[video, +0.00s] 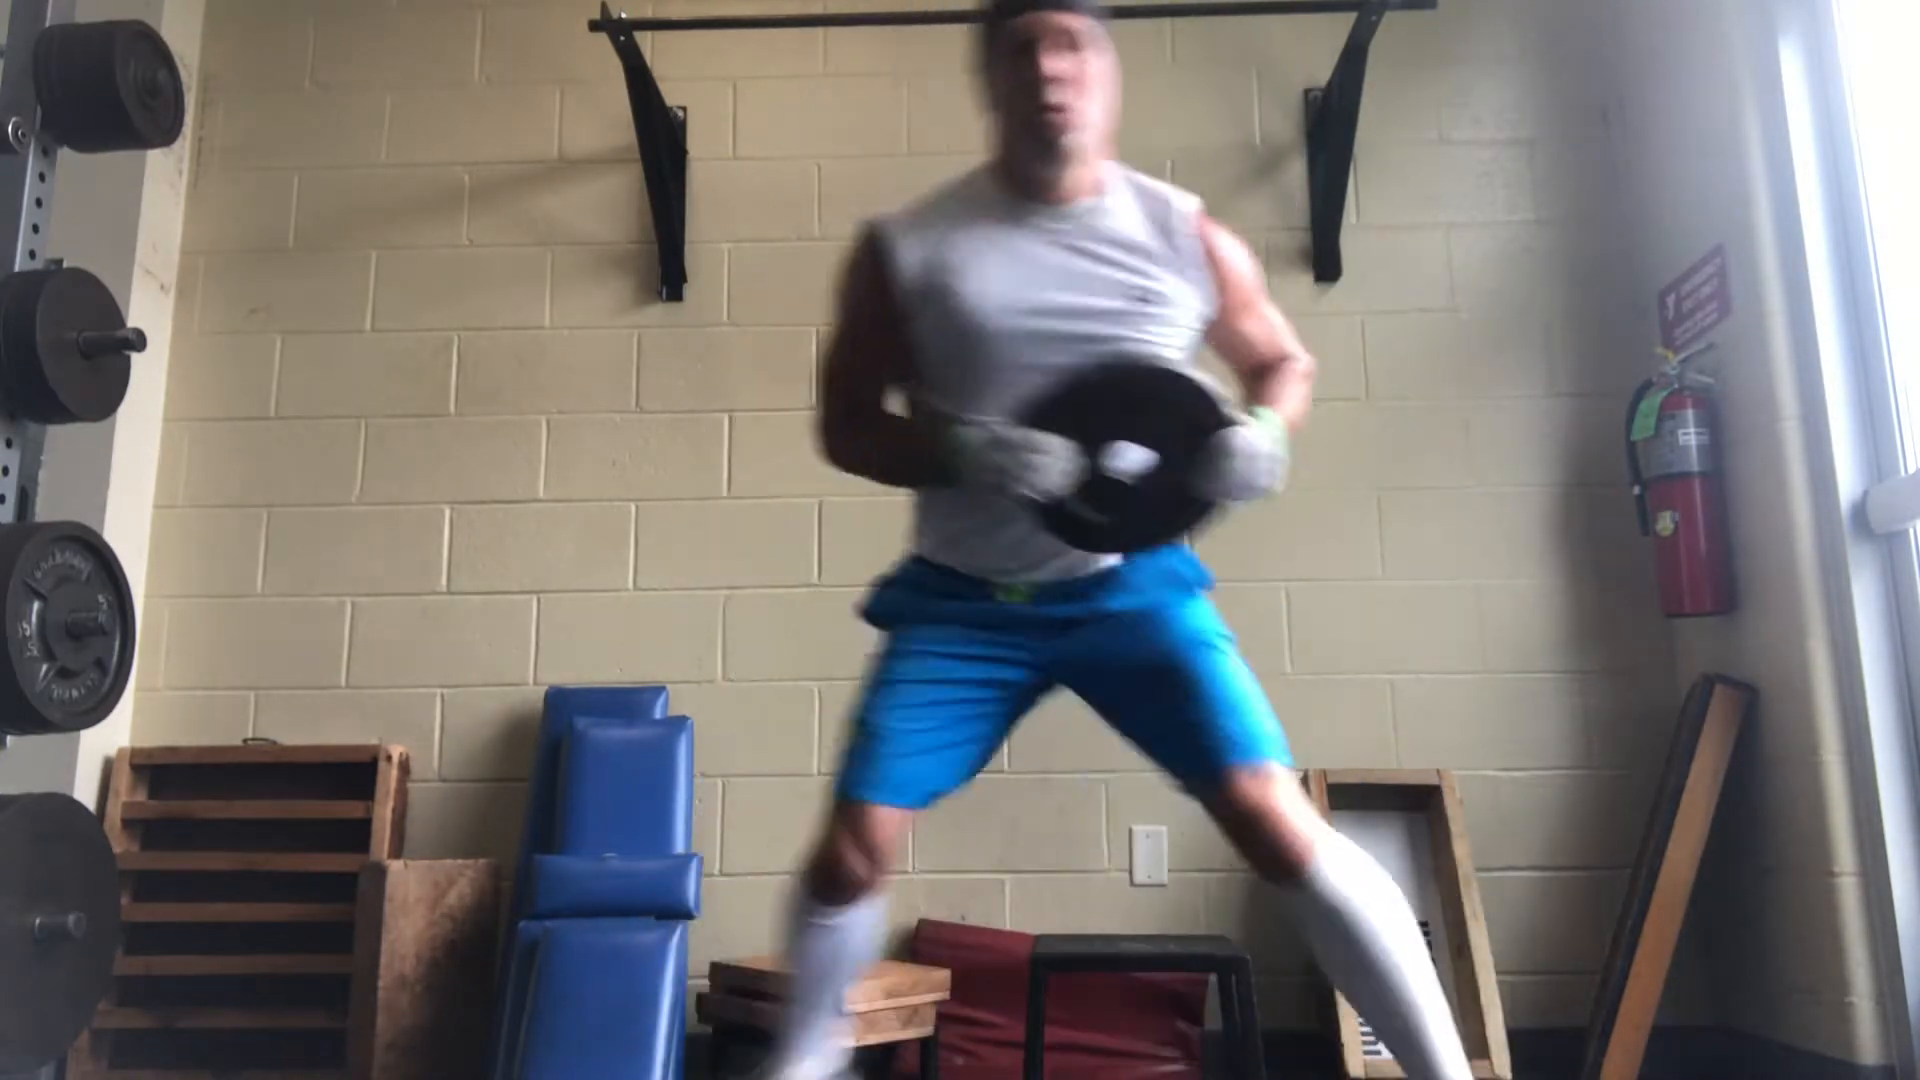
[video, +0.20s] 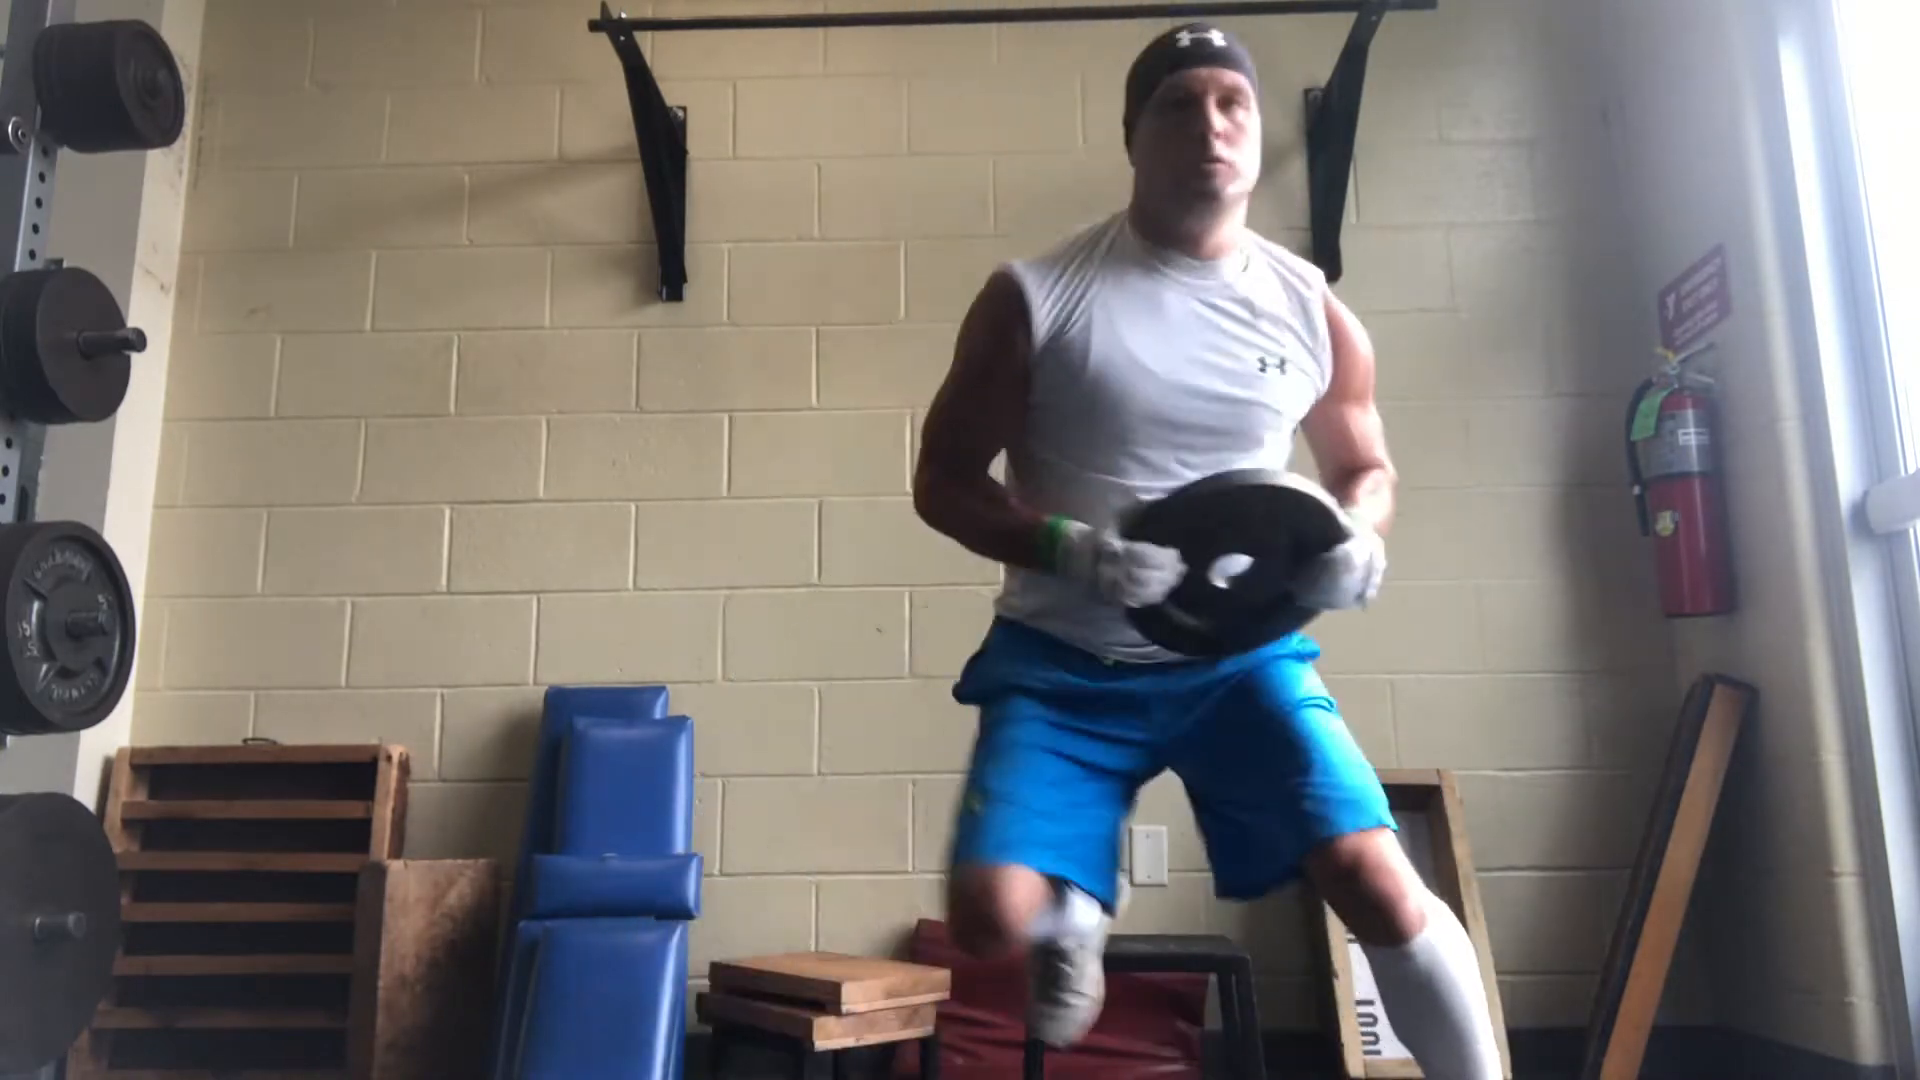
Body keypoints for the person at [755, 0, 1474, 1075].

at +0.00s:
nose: (1052, 71)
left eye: (1073, 46)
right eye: (1025, 50)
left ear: (1111, 74)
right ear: (989, 81)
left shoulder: (1187, 238)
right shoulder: (902, 250)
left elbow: (1285, 364)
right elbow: (846, 428)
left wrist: (1265, 433)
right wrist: (958, 453)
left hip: (1137, 594)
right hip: (962, 604)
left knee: (1274, 823)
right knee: (854, 846)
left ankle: (1448, 1070)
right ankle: (802, 1065)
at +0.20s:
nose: (1213, 121)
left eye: (1232, 103)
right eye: (1181, 104)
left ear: (1257, 143)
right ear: (1134, 139)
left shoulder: (1313, 315)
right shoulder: (1033, 302)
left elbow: (1364, 473)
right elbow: (942, 486)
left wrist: (1359, 543)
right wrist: (1066, 548)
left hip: (1247, 661)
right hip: (1063, 666)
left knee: (1375, 879)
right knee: (991, 913)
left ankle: (1480, 1073)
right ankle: (1077, 922)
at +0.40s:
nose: (1085, 61)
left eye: (1108, 40)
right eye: (1056, 42)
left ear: (1140, 74)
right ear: (1016, 68)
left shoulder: (1198, 230)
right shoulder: (918, 227)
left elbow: (1294, 416)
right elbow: (843, 361)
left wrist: (1176, 452)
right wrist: (887, 425)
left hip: (1122, 594)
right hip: (944, 573)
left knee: (1252, 846)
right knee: (786, 744)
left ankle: (1401, 1069)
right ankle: (703, 1002)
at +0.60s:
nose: (859, 128)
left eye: (885, 100)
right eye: (835, 104)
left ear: (929, 115)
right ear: (804, 126)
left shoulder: (1008, 279)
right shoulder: (741, 312)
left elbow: (1117, 477)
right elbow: (709, 513)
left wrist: (972, 526)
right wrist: (737, 533)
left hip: (966, 678)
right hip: (790, 665)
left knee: (978, 938)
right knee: (654, 898)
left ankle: (889, 1024)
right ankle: (547, 1077)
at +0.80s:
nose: (874, 131)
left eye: (897, 106)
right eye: (848, 111)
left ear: (941, 125)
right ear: (819, 137)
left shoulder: (1033, 281)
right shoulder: (755, 317)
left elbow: (1175, 444)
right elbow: (738, 459)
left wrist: (1056, 507)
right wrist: (769, 519)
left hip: (1007, 655)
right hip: (827, 662)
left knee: (1088, 888)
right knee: (681, 906)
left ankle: (1108, 1005)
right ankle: (555, 1075)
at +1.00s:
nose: (1133, 111)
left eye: (1157, 83)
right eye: (1106, 84)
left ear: (1200, 105)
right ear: (1067, 104)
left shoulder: (1258, 275)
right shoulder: (966, 265)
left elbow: (1362, 418)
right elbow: (907, 455)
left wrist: (1340, 476)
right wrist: (1022, 485)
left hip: (1200, 643)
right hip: (1018, 644)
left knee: (1348, 878)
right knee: (897, 887)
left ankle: (1497, 1074)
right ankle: (884, 1036)